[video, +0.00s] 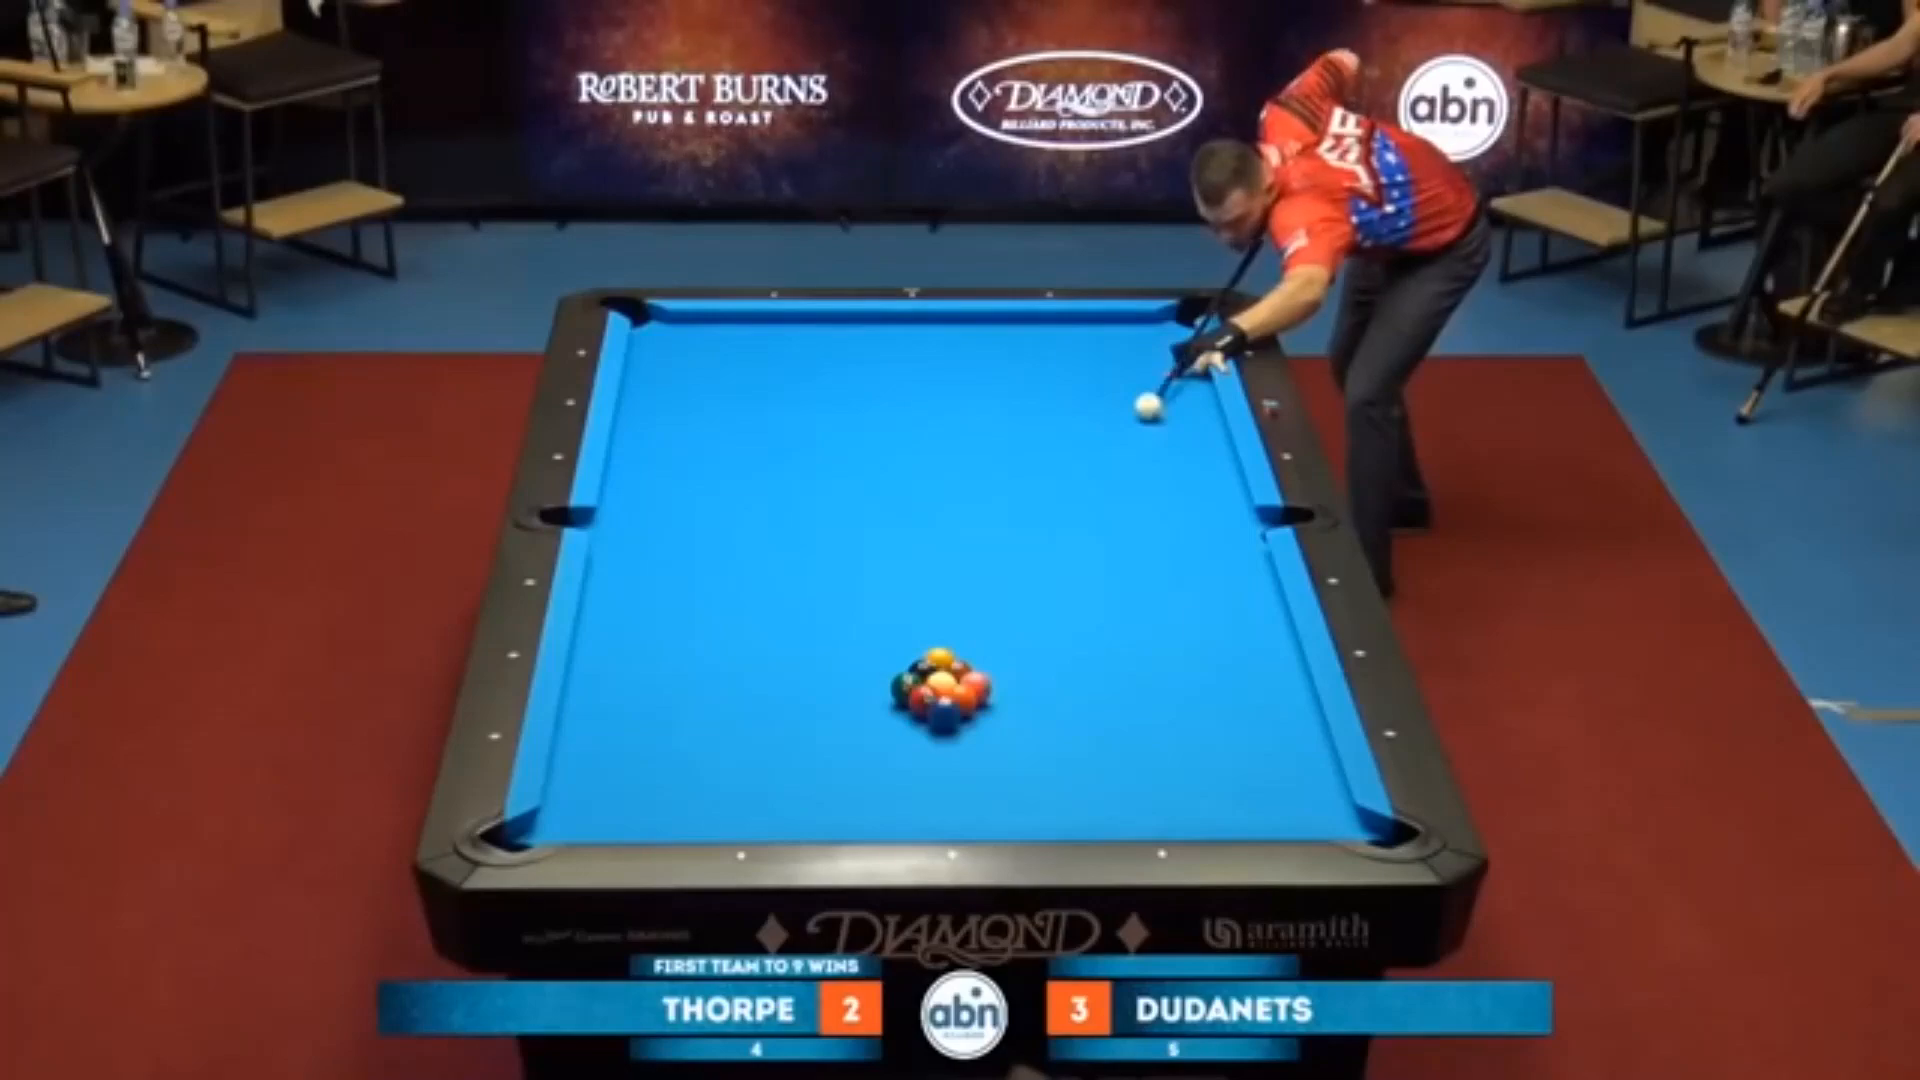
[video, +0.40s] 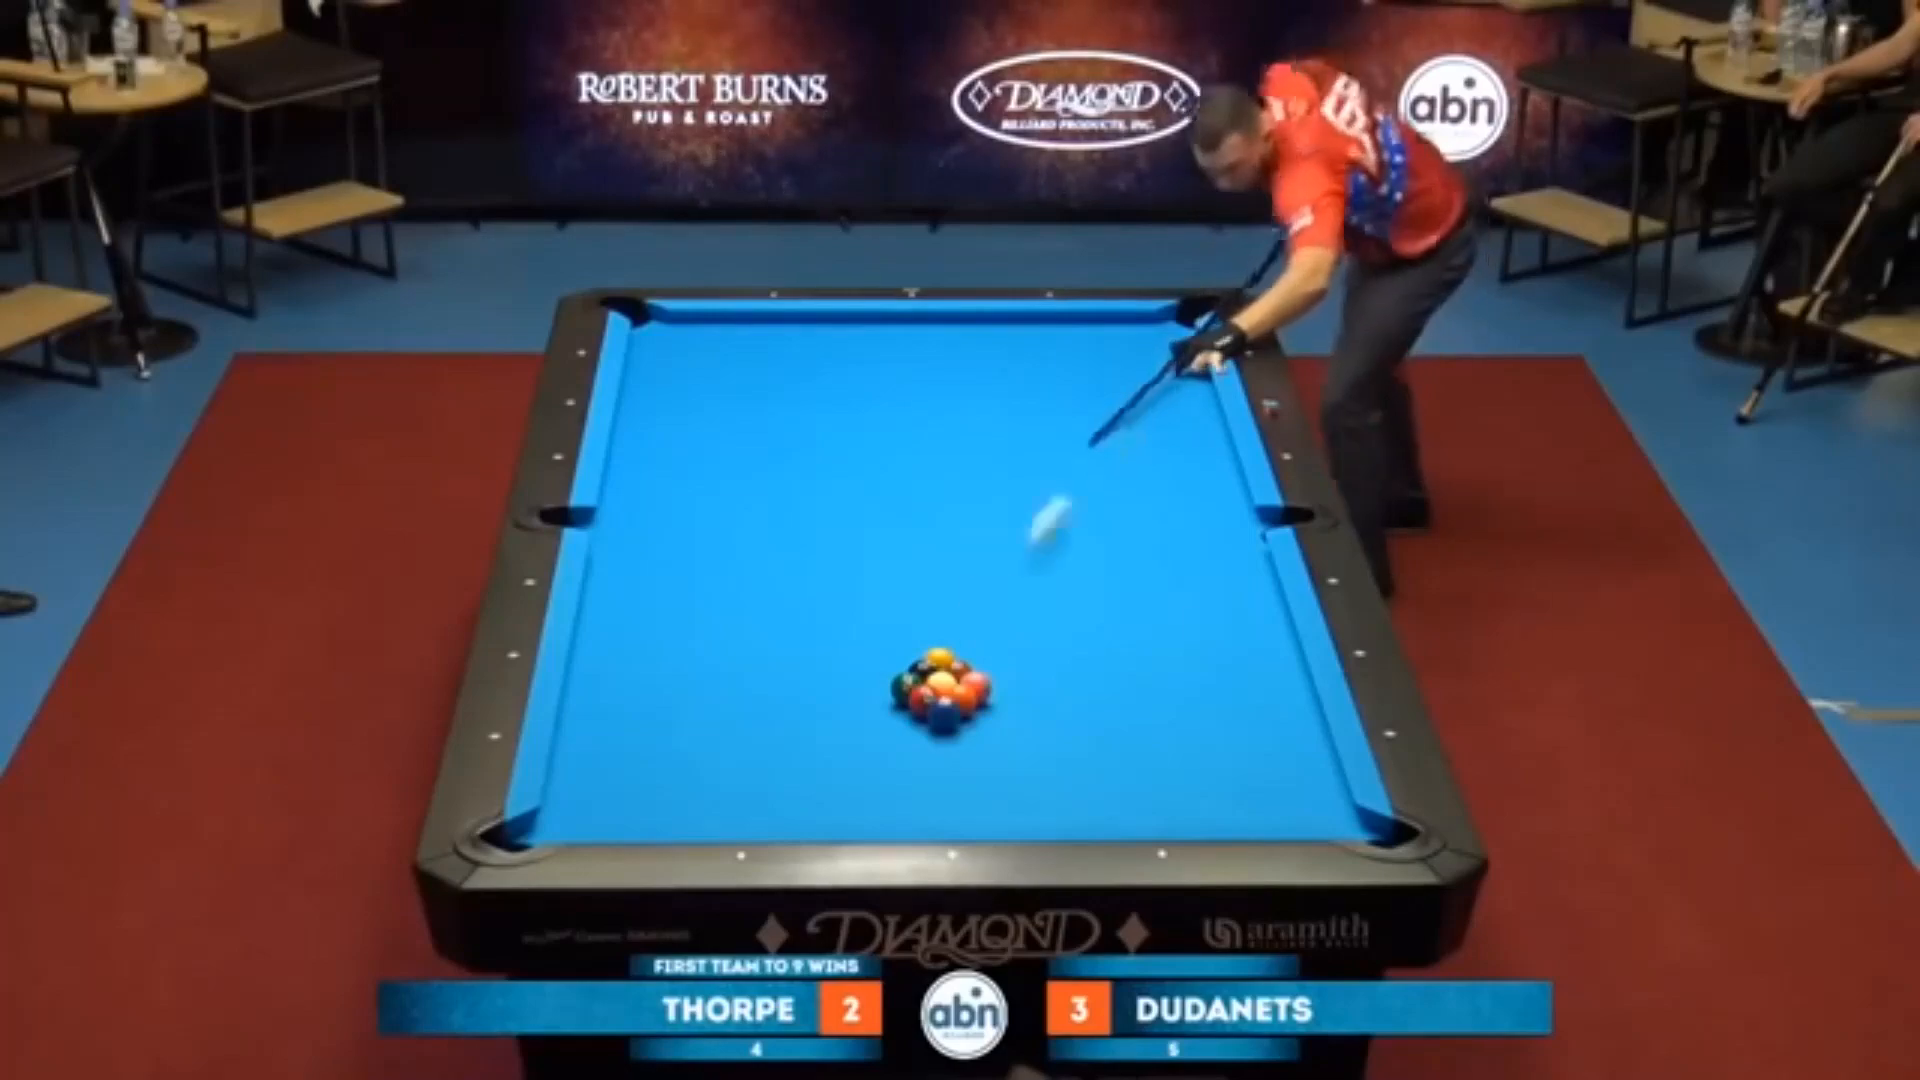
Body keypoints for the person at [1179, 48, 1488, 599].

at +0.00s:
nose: (1229, 238)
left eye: (1237, 224)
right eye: (1217, 227)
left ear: (1265, 184)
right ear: (1202, 203)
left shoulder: (1305, 203)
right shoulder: (1281, 120)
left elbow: (1308, 289)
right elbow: (1342, 60)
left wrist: (1229, 336)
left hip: (1446, 242)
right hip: (1384, 238)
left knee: (1369, 393)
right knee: (1349, 367)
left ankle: (1370, 573)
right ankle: (1406, 497)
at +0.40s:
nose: (1223, 183)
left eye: (1230, 169)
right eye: (1213, 173)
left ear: (1262, 138)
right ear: (1200, 158)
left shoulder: (1305, 166)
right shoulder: (1284, 83)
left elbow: (1312, 276)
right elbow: (1331, 73)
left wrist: (1229, 336)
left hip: (1429, 246)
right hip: (1380, 238)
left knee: (1345, 402)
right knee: (1370, 370)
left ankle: (1366, 571)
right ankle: (1402, 500)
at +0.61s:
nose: (1233, 112)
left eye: (1243, 97)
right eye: (1221, 100)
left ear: (1275, 73)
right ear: (1209, 80)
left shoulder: (1319, 123)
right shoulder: (1284, 54)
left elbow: (1313, 260)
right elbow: (1285, 137)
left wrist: (1233, 332)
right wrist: (1259, 214)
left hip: (1420, 240)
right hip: (1363, 231)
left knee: (1351, 407)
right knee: (1379, 366)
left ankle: (1368, 574)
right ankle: (1403, 493)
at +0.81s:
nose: (1244, 106)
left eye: (1256, 89)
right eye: (1232, 91)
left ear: (1287, 69)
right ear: (1219, 75)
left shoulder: (1326, 117)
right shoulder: (1277, 61)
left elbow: (1315, 260)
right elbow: (1272, 148)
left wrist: (1232, 337)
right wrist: (1252, 232)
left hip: (1411, 241)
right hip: (1357, 232)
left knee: (1348, 413)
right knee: (1375, 368)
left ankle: (1367, 574)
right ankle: (1402, 491)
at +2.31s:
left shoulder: (1394, 32)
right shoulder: (1281, 20)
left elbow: (1404, 166)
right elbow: (1270, 129)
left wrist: (1322, 236)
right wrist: (1242, 225)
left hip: (1368, 241)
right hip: (1295, 235)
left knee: (1361, 403)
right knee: (1303, 394)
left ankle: (1369, 563)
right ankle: (1312, 537)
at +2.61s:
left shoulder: (1404, 28)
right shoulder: (1281, 16)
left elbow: (1433, 159)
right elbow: (1266, 123)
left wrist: (1446, 271)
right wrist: (1237, 218)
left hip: (1362, 238)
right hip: (1285, 231)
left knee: (1362, 405)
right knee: (1300, 399)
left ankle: (1368, 566)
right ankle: (1309, 543)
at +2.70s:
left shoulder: (1406, 27)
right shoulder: (1285, 16)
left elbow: (1436, 151)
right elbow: (1262, 120)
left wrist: (1457, 263)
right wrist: (1225, 215)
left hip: (1361, 236)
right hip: (1286, 229)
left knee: (1361, 404)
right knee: (1301, 397)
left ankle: (1368, 566)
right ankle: (1310, 540)